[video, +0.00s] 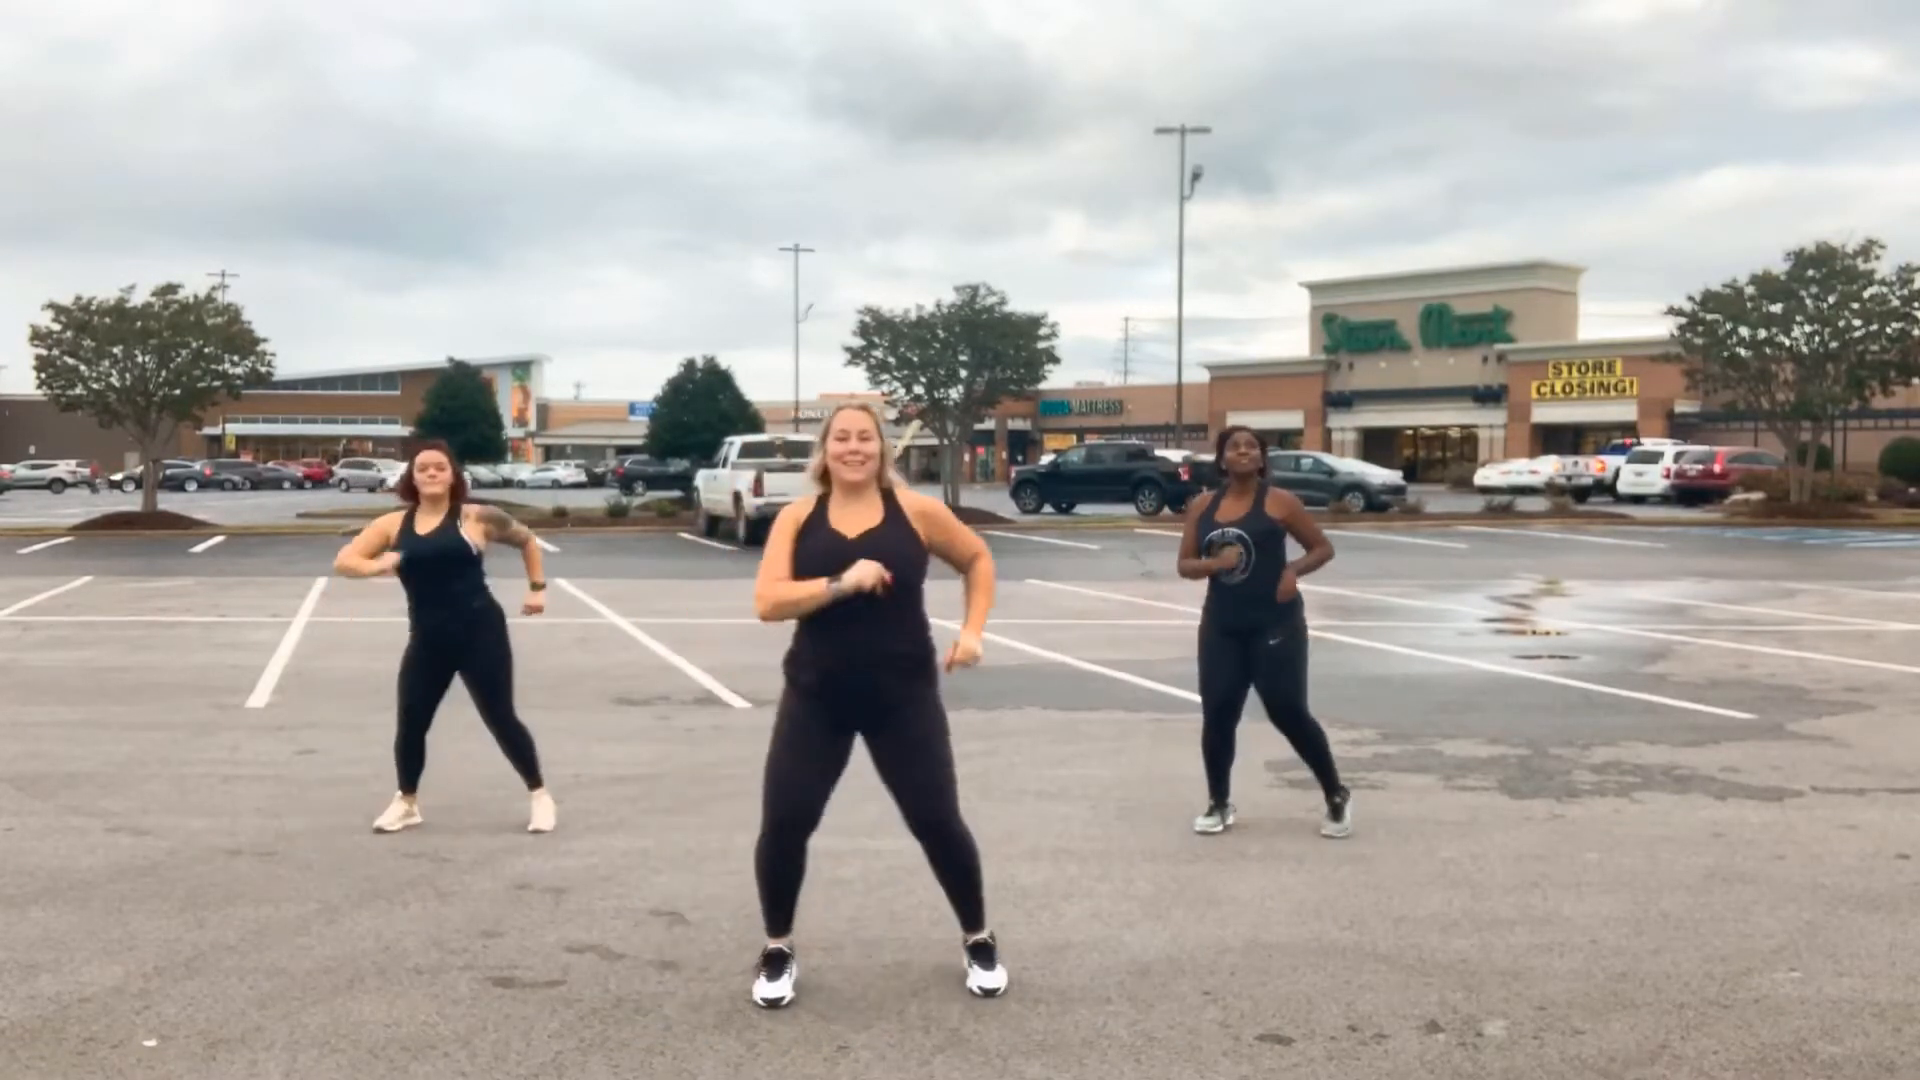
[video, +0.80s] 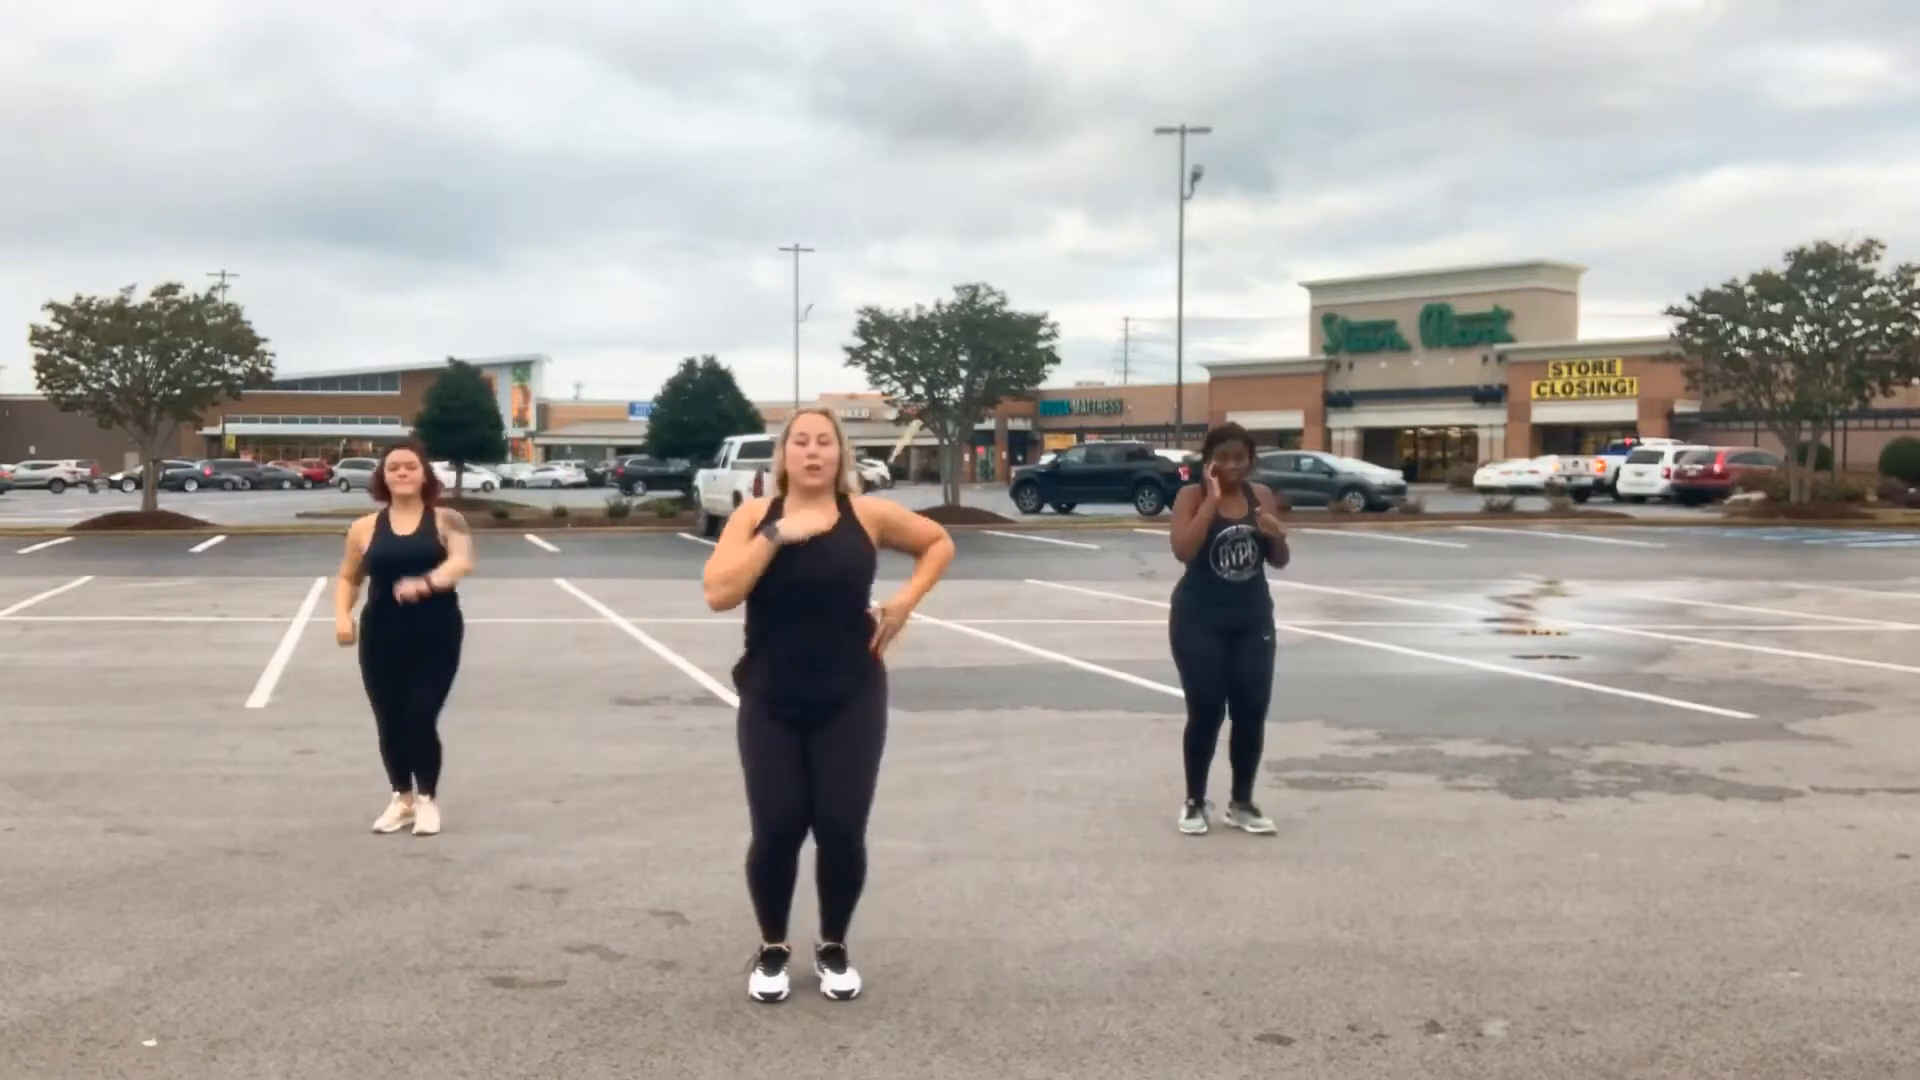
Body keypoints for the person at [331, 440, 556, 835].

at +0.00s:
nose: (432, 474)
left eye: (439, 467)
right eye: (424, 468)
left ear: (454, 475)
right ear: (412, 478)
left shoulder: (477, 518)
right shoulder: (394, 523)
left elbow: (527, 541)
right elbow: (343, 560)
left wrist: (536, 588)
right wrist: (376, 565)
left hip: (480, 635)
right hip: (428, 640)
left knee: (500, 719)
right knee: (409, 725)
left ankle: (539, 794)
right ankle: (406, 801)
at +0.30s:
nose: (426, 479)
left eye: (434, 472)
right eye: (417, 473)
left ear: (448, 479)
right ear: (407, 483)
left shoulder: (470, 526)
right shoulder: (393, 532)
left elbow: (502, 576)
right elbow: (376, 594)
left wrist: (494, 604)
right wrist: (378, 564)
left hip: (472, 642)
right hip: (418, 645)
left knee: (498, 721)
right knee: (406, 731)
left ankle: (538, 794)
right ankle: (407, 802)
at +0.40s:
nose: (421, 477)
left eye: (429, 470)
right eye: (412, 471)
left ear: (444, 476)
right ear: (402, 480)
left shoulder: (462, 524)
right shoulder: (384, 527)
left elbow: (479, 579)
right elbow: (357, 574)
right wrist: (357, 580)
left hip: (460, 639)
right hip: (404, 640)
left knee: (486, 720)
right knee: (402, 726)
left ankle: (532, 792)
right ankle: (406, 801)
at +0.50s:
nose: (415, 471)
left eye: (423, 464)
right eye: (407, 465)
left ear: (438, 472)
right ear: (396, 475)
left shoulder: (457, 518)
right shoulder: (375, 521)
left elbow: (471, 556)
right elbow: (333, 562)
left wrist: (436, 525)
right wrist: (351, 587)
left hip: (453, 636)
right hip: (397, 639)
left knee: (467, 712)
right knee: (402, 724)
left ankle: (499, 788)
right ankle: (406, 801)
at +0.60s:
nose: (408, 467)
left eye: (416, 460)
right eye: (401, 461)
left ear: (431, 468)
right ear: (389, 469)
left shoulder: (450, 512)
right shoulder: (369, 516)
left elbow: (470, 540)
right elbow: (326, 555)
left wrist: (432, 511)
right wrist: (345, 592)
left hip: (447, 632)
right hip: (392, 635)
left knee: (444, 713)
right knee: (399, 722)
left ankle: (452, 792)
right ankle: (406, 800)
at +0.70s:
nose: (405, 470)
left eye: (414, 463)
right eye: (397, 464)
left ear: (429, 472)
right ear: (386, 474)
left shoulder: (448, 514)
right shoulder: (365, 521)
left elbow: (470, 538)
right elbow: (333, 562)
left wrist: (434, 532)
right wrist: (343, 600)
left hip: (441, 630)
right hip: (387, 631)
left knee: (420, 714)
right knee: (394, 718)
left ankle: (426, 799)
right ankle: (403, 798)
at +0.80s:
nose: (402, 473)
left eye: (411, 467)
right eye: (394, 468)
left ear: (425, 474)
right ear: (383, 477)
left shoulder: (447, 520)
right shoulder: (364, 528)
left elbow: (461, 562)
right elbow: (348, 577)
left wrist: (427, 581)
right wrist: (343, 615)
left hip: (435, 634)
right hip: (382, 633)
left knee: (419, 717)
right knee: (390, 720)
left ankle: (426, 799)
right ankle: (401, 798)